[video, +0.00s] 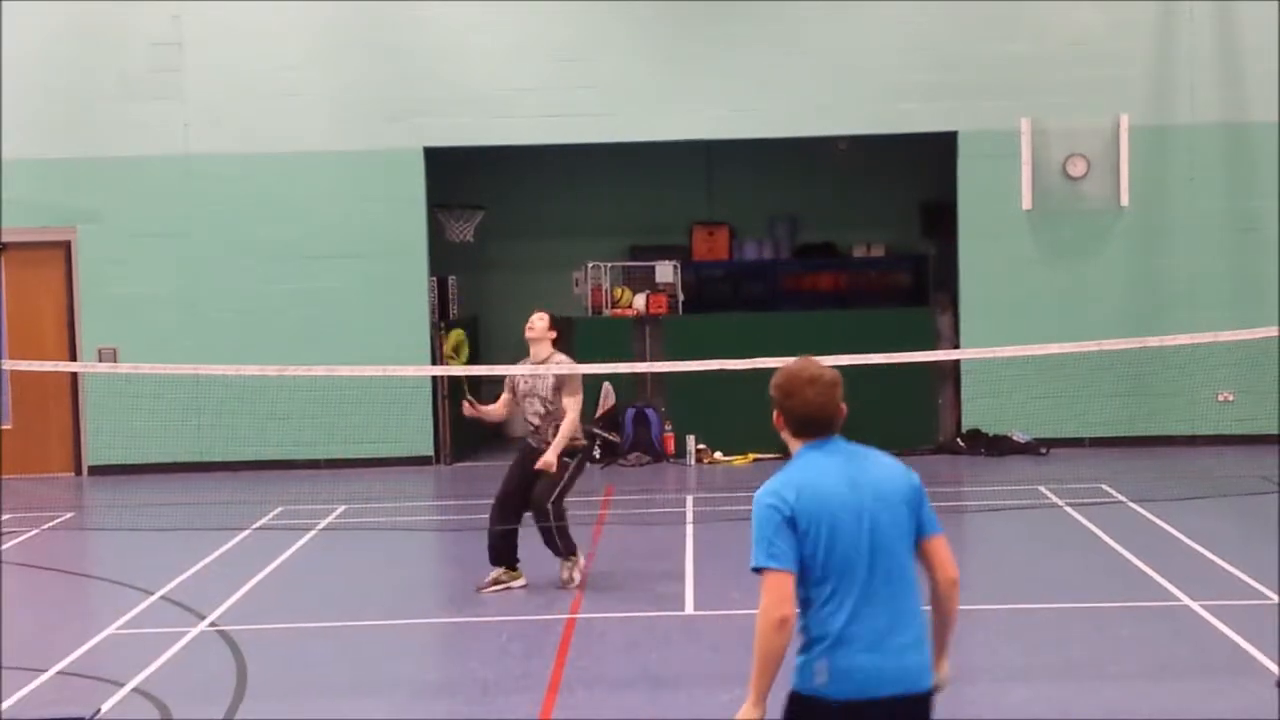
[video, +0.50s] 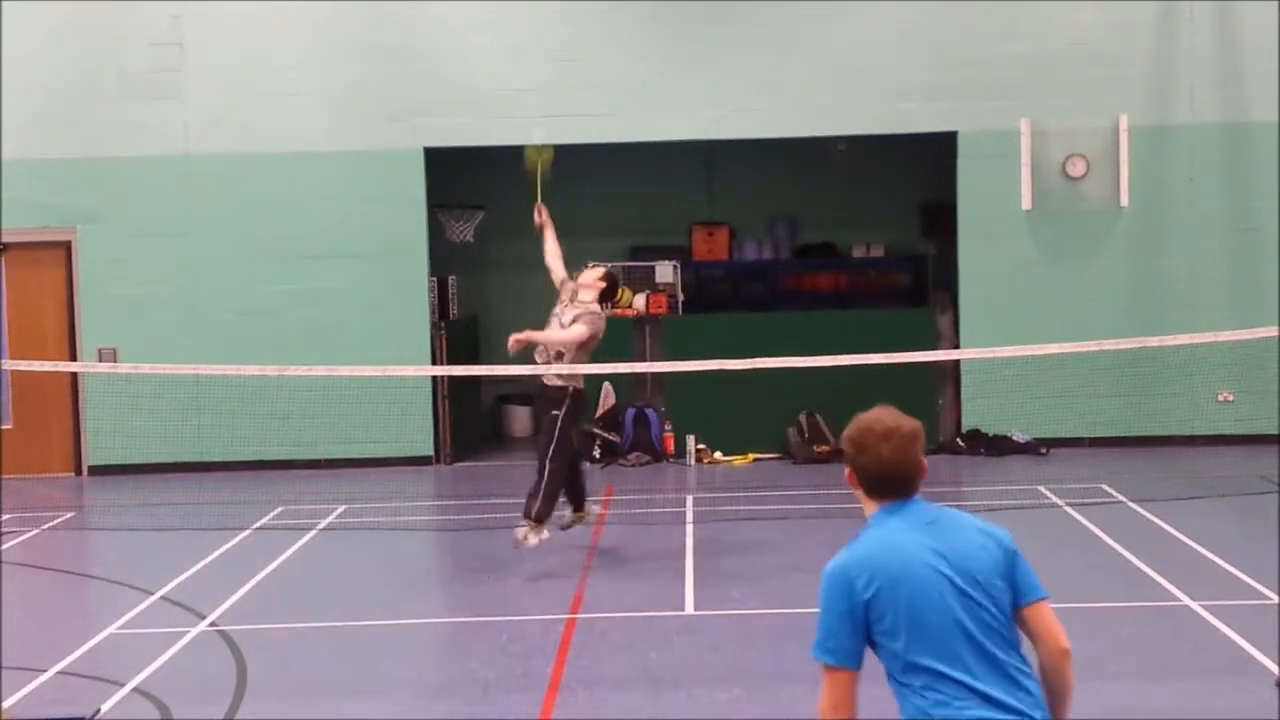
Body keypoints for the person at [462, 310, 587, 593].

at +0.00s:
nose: (530, 322)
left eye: (538, 320)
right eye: (529, 319)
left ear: (552, 334)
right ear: (526, 331)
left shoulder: (565, 366)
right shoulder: (519, 369)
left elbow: (573, 416)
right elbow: (502, 410)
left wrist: (553, 451)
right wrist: (479, 411)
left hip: (568, 446)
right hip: (535, 445)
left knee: (543, 500)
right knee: (506, 501)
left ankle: (569, 557)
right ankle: (507, 569)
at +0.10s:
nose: (537, 311)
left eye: (546, 308)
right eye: (538, 307)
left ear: (559, 321)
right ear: (536, 319)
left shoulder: (565, 352)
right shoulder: (525, 355)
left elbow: (568, 397)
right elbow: (519, 398)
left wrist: (538, 424)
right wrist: (496, 420)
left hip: (556, 440)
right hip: (525, 437)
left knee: (533, 504)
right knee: (507, 499)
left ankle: (560, 543)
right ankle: (505, 566)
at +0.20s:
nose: (554, 293)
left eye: (563, 292)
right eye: (557, 290)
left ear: (572, 307)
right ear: (553, 305)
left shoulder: (573, 336)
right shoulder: (538, 338)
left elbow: (563, 375)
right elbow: (529, 386)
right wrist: (511, 425)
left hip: (555, 422)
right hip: (526, 418)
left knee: (534, 489)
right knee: (507, 482)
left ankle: (544, 550)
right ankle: (495, 549)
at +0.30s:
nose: (563, 284)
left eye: (571, 282)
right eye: (567, 281)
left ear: (581, 295)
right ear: (570, 293)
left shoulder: (576, 322)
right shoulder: (555, 324)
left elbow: (568, 345)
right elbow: (547, 361)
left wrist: (531, 333)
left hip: (555, 413)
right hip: (531, 410)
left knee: (543, 482)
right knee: (503, 469)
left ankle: (548, 551)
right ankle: (514, 530)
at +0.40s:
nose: (583, 266)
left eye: (591, 267)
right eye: (587, 264)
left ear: (596, 284)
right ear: (581, 279)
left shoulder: (589, 310)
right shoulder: (553, 301)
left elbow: (582, 332)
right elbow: (534, 322)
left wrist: (548, 316)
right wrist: (540, 316)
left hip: (561, 389)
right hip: (534, 385)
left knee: (553, 462)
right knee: (524, 452)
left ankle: (542, 536)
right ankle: (550, 515)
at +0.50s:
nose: (587, 267)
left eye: (594, 268)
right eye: (590, 265)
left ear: (601, 283)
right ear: (588, 278)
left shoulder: (594, 317)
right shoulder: (567, 290)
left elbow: (570, 337)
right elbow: (554, 259)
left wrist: (530, 336)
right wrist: (547, 227)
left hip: (567, 392)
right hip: (548, 388)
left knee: (551, 454)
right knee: (564, 451)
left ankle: (536, 522)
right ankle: (580, 507)